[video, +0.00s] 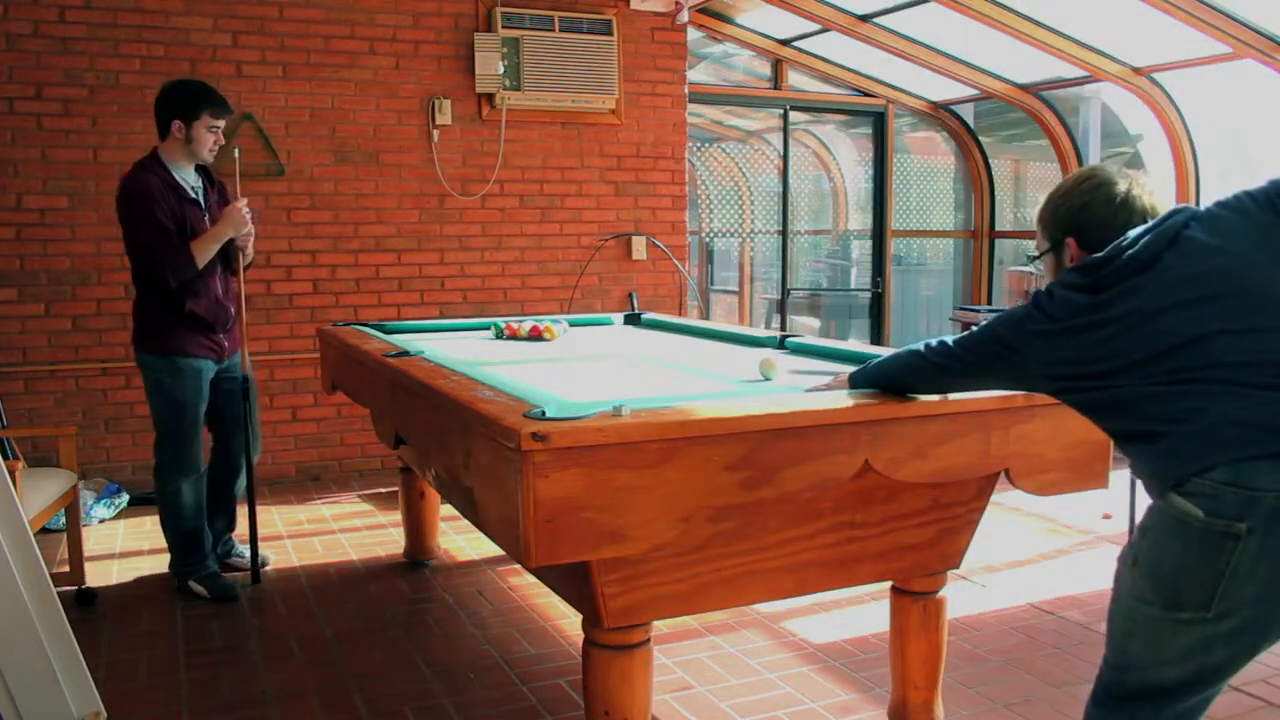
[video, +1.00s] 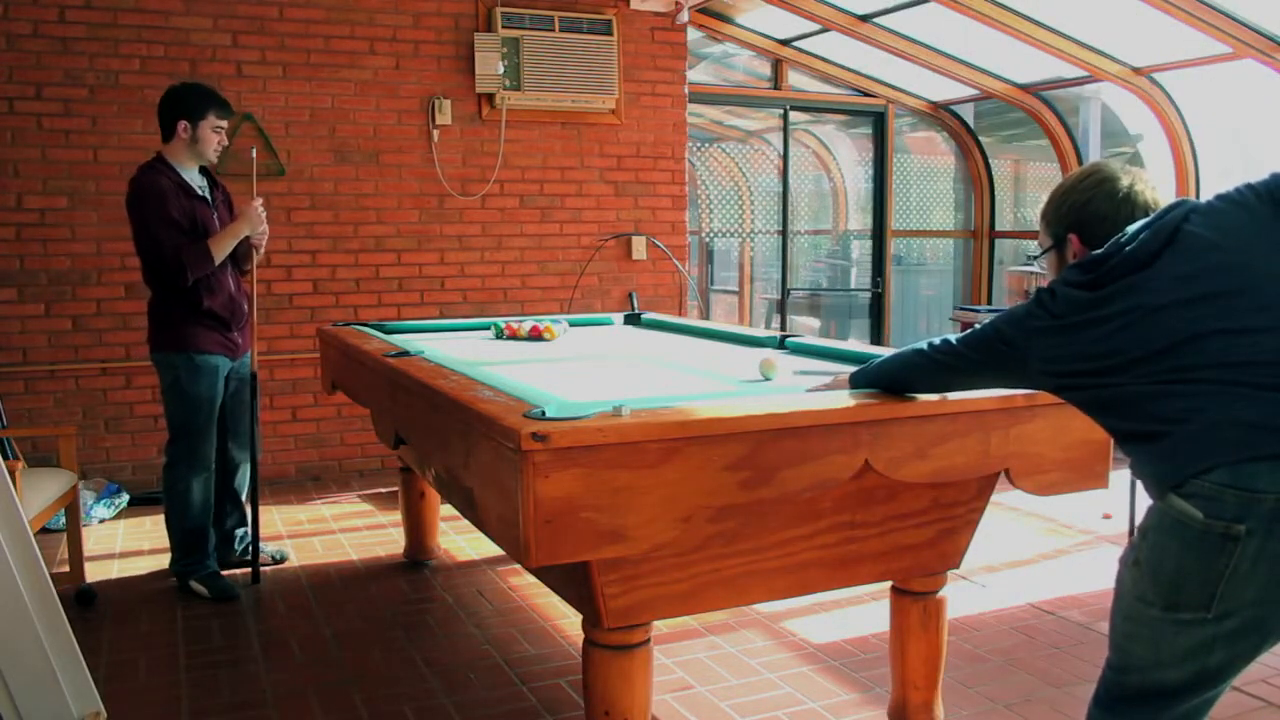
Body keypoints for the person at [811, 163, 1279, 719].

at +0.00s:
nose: (1044, 270)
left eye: (1046, 253)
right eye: (1042, 255)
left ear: (1074, 251)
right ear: (1150, 223)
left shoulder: (1056, 321)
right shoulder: (1247, 218)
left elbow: (938, 362)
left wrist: (861, 376)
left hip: (1241, 504)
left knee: (1134, 703)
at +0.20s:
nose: (1048, 266)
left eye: (1049, 250)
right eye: (1045, 252)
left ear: (1076, 248)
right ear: (1153, 220)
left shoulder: (1057, 317)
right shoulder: (1248, 217)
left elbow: (939, 360)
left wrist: (861, 375)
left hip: (1238, 505)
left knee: (1134, 703)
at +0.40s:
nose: (1049, 266)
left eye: (1050, 251)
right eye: (1047, 253)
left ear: (1076, 248)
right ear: (1153, 218)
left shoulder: (1055, 319)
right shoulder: (1250, 214)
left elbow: (938, 361)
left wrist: (863, 376)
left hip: (1239, 505)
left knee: (1134, 704)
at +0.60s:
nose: (1050, 267)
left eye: (1051, 251)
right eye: (1048, 253)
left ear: (1077, 247)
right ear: (1152, 218)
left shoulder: (1055, 319)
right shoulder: (1249, 213)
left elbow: (939, 360)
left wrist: (862, 376)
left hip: (1239, 503)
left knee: (1136, 704)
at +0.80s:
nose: (1047, 269)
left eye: (1048, 252)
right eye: (1045, 255)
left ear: (1076, 247)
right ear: (1152, 216)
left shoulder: (1056, 318)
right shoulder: (1249, 213)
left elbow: (939, 361)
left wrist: (860, 376)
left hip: (1239, 503)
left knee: (1135, 703)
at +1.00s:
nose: (1045, 271)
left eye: (1047, 253)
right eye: (1044, 256)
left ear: (1076, 248)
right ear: (1150, 218)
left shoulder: (1056, 319)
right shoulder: (1249, 211)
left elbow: (940, 361)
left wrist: (861, 376)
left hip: (1240, 503)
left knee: (1136, 704)